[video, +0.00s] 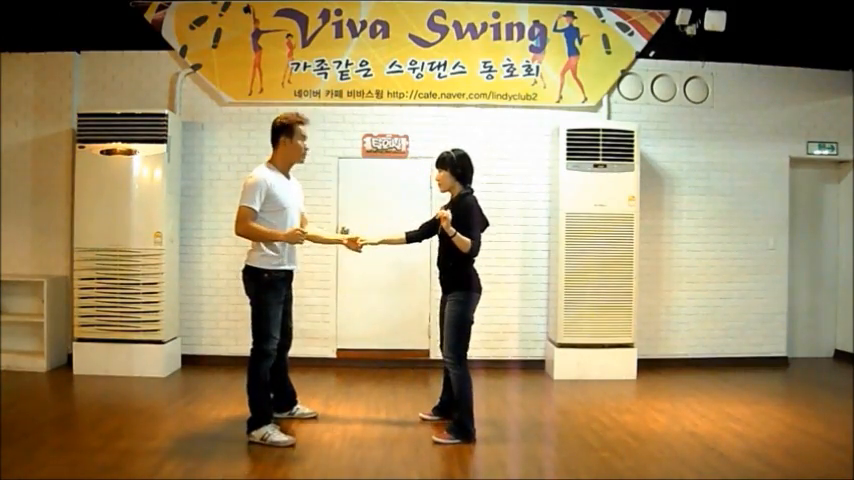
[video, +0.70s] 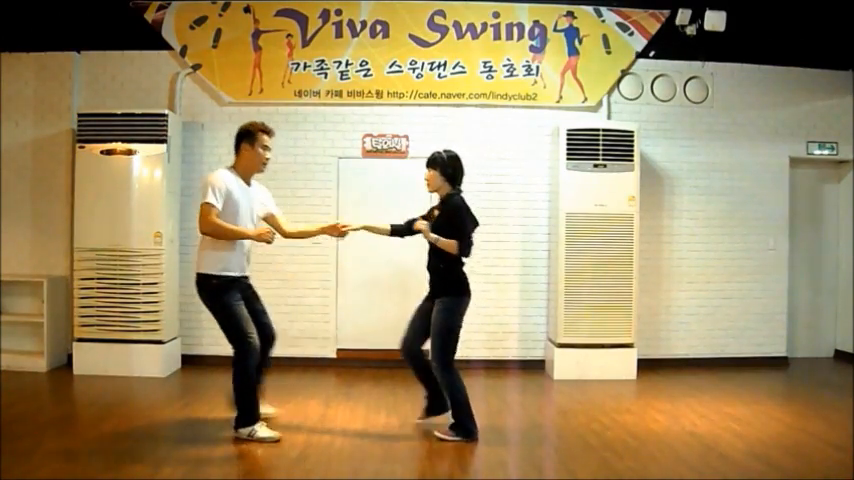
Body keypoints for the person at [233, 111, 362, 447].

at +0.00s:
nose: (307, 146)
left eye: (306, 139)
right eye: (302, 139)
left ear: (289, 143)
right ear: (283, 142)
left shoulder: (293, 185)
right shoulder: (258, 180)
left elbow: (303, 231)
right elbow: (242, 226)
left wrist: (342, 239)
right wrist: (282, 235)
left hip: (283, 273)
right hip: (263, 274)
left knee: (281, 343)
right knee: (265, 346)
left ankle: (283, 405)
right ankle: (259, 425)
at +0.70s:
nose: (268, 156)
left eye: (269, 150)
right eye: (264, 149)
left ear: (257, 153)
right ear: (243, 148)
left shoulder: (258, 191)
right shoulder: (218, 180)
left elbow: (286, 231)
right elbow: (206, 225)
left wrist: (325, 229)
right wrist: (251, 233)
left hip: (239, 278)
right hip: (213, 279)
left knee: (266, 336)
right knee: (248, 344)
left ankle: (249, 401)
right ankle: (246, 424)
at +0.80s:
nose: (255, 158)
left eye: (256, 152)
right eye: (250, 151)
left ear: (244, 154)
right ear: (230, 150)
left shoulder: (246, 193)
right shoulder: (208, 183)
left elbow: (270, 233)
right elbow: (202, 231)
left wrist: (311, 233)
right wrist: (248, 240)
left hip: (230, 280)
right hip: (207, 281)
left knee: (245, 345)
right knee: (244, 344)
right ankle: (247, 422)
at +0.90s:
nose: (244, 161)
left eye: (246, 155)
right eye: (240, 154)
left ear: (229, 156)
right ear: (219, 153)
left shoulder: (235, 195)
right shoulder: (196, 188)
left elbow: (255, 238)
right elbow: (196, 239)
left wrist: (295, 240)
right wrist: (241, 247)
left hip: (220, 283)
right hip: (199, 283)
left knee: (210, 350)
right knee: (236, 345)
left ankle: (158, 398)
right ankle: (247, 423)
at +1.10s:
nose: (233, 158)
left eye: (235, 152)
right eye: (229, 151)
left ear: (218, 152)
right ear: (209, 149)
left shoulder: (222, 190)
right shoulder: (183, 183)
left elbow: (232, 237)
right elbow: (181, 234)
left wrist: (266, 236)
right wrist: (227, 237)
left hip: (202, 277)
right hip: (179, 276)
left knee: (182, 346)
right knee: (214, 337)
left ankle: (148, 407)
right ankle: (216, 417)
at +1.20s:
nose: (232, 157)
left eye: (233, 151)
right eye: (228, 150)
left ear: (219, 151)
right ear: (208, 148)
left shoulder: (219, 190)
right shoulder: (182, 182)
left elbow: (223, 231)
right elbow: (179, 233)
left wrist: (254, 235)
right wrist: (223, 236)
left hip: (200, 277)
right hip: (177, 276)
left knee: (178, 346)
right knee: (206, 339)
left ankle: (148, 408)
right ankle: (181, 410)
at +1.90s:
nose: (259, 151)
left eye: (258, 145)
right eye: (253, 145)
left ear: (238, 151)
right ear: (235, 150)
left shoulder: (237, 187)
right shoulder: (214, 182)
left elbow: (220, 226)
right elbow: (187, 223)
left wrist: (242, 236)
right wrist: (229, 236)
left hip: (221, 280)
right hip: (200, 279)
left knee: (224, 347)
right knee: (206, 349)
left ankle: (174, 397)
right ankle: (173, 410)